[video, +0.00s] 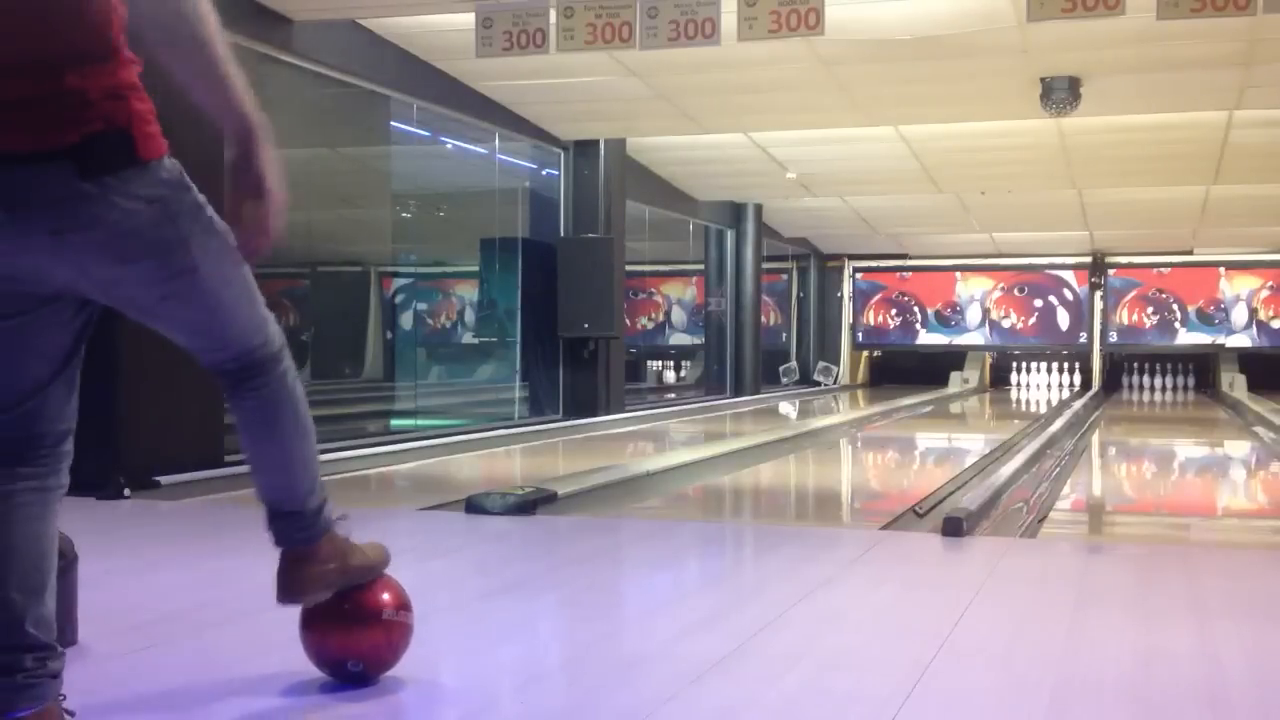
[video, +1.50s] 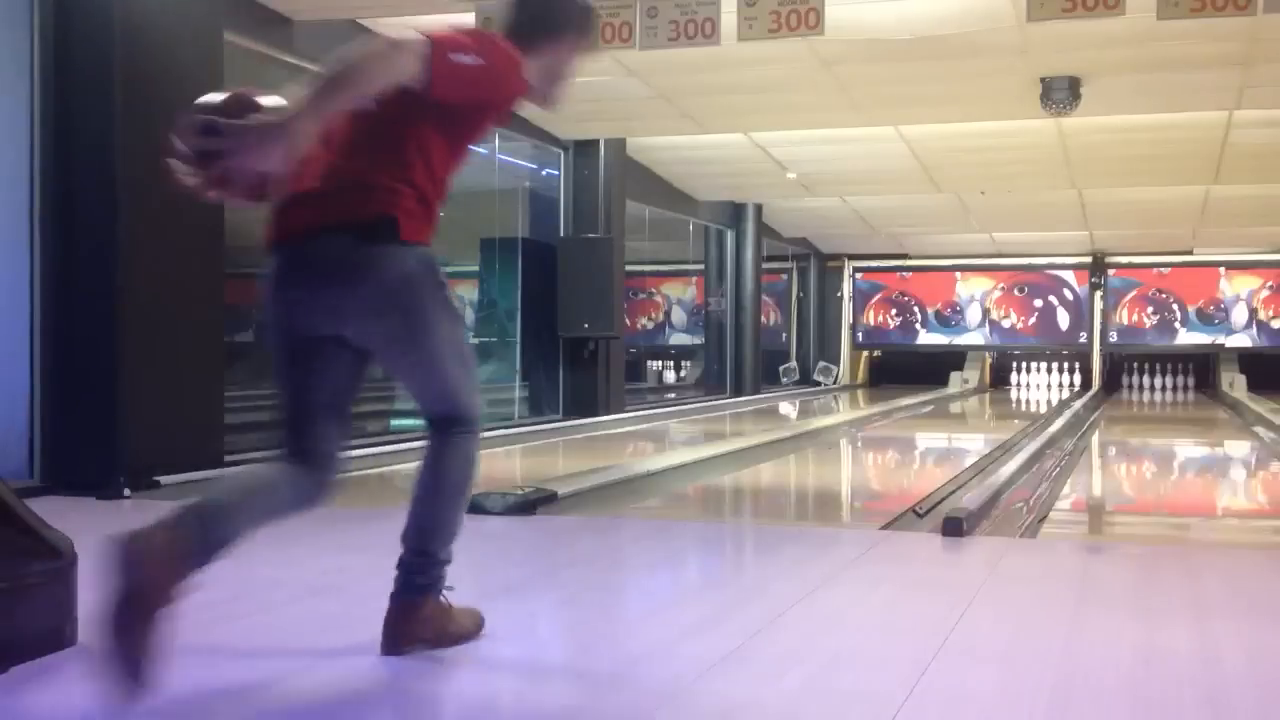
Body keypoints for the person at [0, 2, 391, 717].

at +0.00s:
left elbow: (155, 10)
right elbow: (157, 5)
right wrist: (245, 129)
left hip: (9, 187)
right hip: (102, 167)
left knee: (25, 463)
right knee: (254, 360)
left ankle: (25, 696)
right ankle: (310, 545)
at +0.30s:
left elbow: (215, 18)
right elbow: (215, 17)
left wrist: (310, 157)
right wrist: (312, 158)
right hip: (50, 149)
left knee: (21, 447)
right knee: (159, 413)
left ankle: (21, 698)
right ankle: (152, 676)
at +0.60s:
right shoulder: (210, 9)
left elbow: (239, 156)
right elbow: (236, 155)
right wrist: (303, 338)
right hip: (45, 119)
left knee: (13, 428)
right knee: (151, 297)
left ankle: (16, 680)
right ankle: (135, 544)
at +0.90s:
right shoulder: (260, 4)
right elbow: (275, 143)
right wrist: (337, 298)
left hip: (17, 149)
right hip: (102, 137)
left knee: (20, 431)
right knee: (221, 172)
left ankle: (23, 679)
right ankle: (216, 408)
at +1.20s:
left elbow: (60, 154)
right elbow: (344, 105)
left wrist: (60, 251)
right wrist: (360, 268)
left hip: (120, 209)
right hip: (233, 192)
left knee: (123, 447)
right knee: (345, 320)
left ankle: (38, 656)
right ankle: (371, 518)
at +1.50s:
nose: (574, 75)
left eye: (579, 59)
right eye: (576, 57)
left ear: (516, 22)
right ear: (558, 45)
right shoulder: (498, 61)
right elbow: (390, 54)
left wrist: (245, 142)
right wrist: (289, 130)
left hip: (303, 261)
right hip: (381, 259)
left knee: (307, 467)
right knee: (455, 425)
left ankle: (165, 548)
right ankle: (416, 607)